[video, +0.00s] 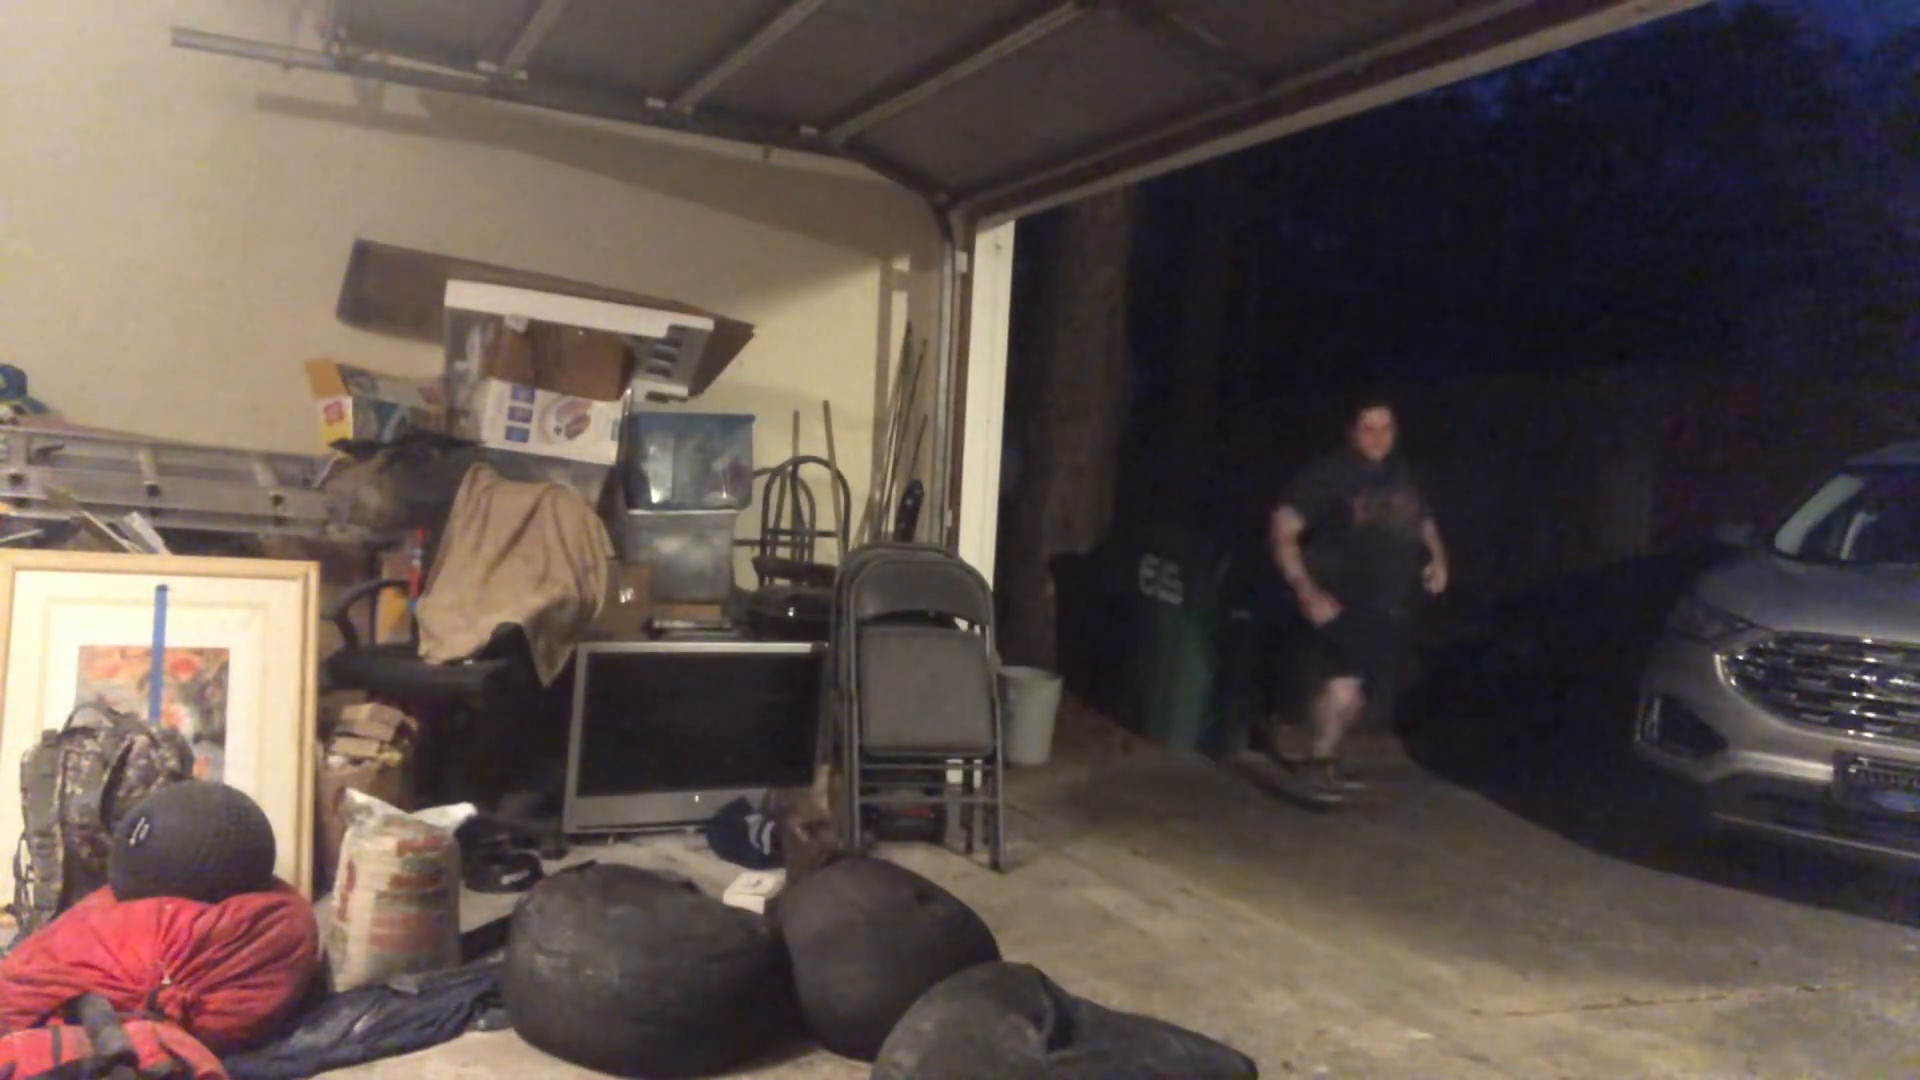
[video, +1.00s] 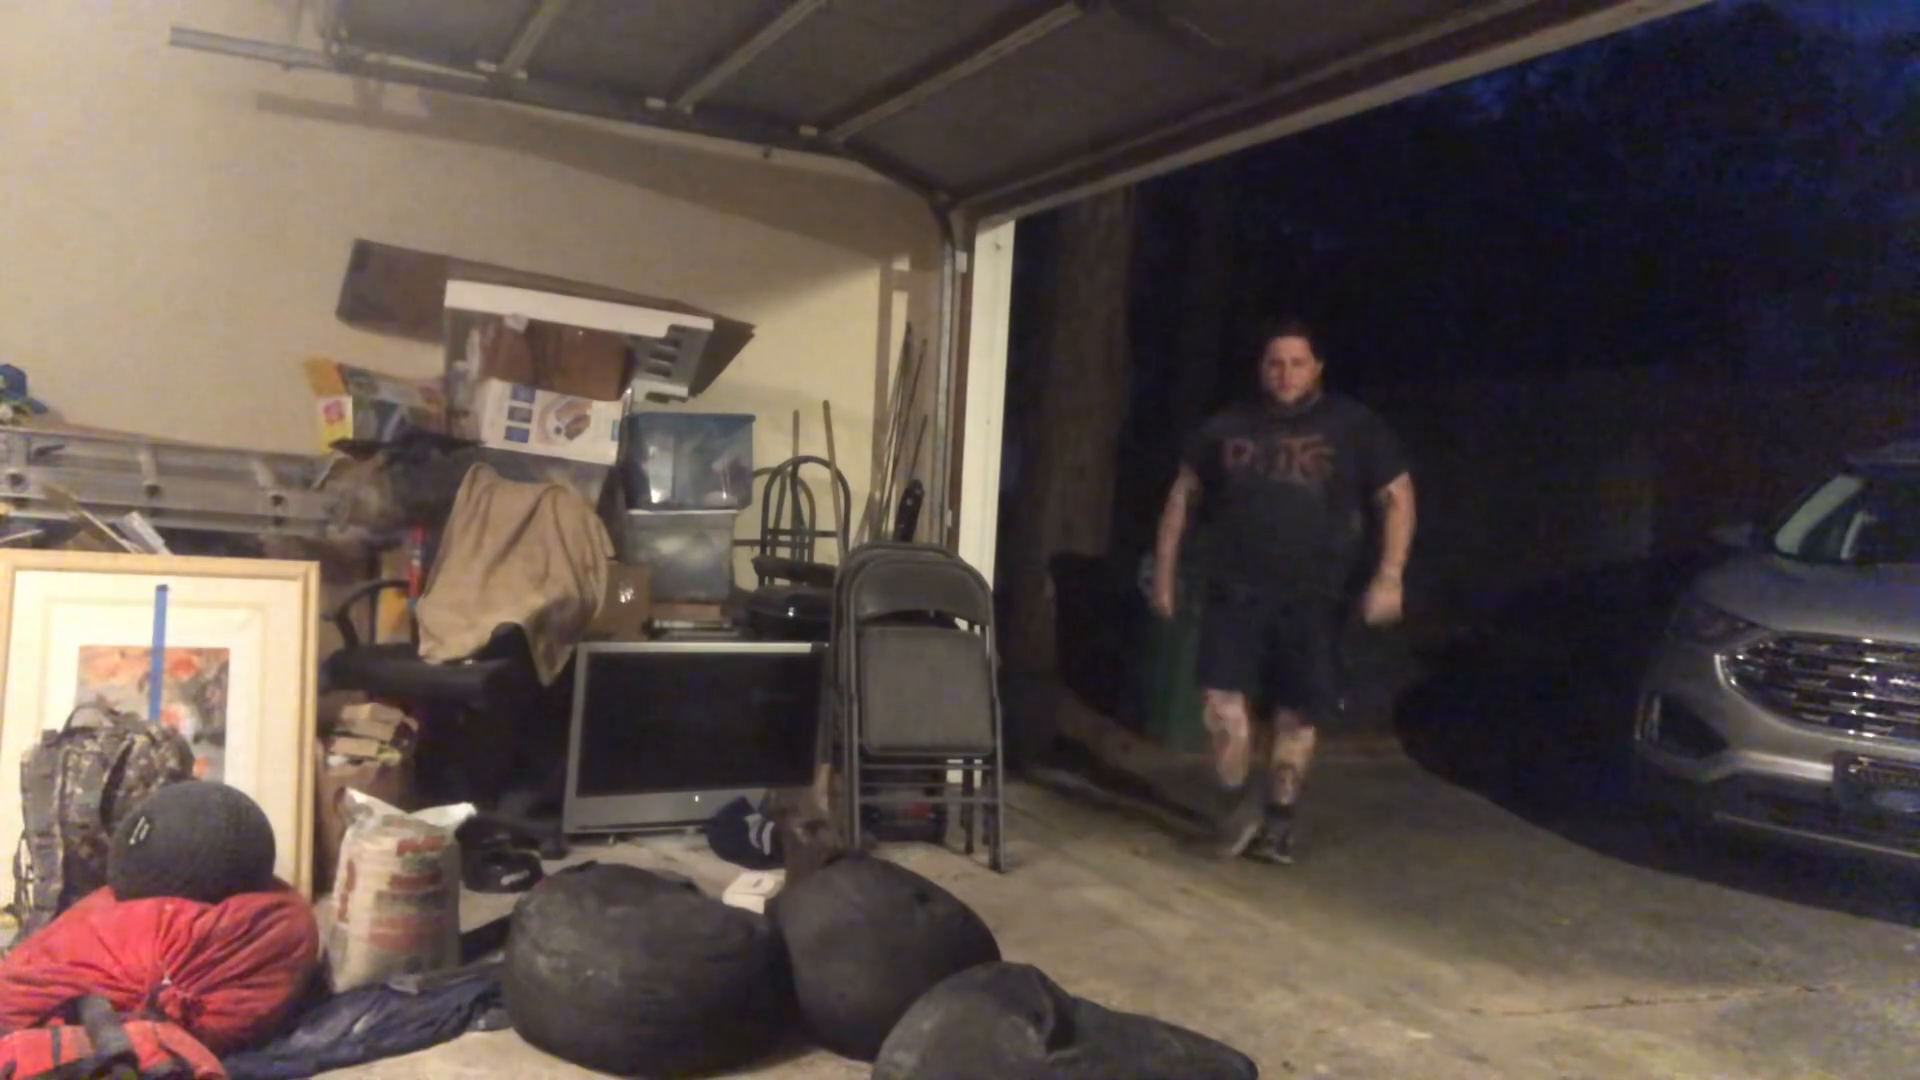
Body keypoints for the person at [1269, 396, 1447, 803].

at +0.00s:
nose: (1377, 438)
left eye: (1384, 430)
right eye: (1369, 429)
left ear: (1395, 434)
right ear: (1353, 433)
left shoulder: (1401, 478)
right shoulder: (1332, 475)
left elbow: (1423, 521)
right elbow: (1284, 529)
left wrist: (1438, 561)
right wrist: (1310, 595)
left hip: (1386, 602)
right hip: (1341, 600)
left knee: (1361, 692)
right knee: (1342, 688)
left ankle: (1329, 757)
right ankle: (1321, 762)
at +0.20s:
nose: (1336, 431)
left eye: (1344, 422)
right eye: (1327, 422)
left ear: (1359, 427)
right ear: (1314, 428)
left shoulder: (1383, 475)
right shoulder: (1290, 477)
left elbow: (1423, 522)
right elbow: (1249, 537)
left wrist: (1404, 547)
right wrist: (1270, 602)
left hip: (1363, 602)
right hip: (1305, 602)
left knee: (1354, 686)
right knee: (1296, 688)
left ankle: (1331, 750)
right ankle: (1282, 776)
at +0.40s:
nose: (1317, 399)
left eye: (1326, 390)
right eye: (1308, 391)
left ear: (1341, 395)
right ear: (1294, 397)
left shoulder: (1373, 446)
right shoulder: (1266, 449)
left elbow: (1412, 500)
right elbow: (1231, 515)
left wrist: (1384, 542)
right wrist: (1241, 580)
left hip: (1351, 588)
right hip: (1286, 588)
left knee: (1347, 687)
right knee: (1281, 688)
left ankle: (1329, 765)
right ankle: (1281, 776)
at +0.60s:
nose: (1303, 415)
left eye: (1314, 405)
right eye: (1294, 405)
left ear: (1332, 410)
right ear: (1280, 410)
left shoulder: (1360, 463)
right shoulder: (1251, 462)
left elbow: (1404, 523)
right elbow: (1208, 518)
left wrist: (1391, 585)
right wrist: (1220, 570)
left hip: (1331, 596)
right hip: (1269, 596)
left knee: (1318, 692)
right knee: (1276, 693)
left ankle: (1309, 792)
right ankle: (1281, 777)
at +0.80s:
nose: (1298, 403)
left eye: (1309, 394)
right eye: (1289, 394)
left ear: (1329, 399)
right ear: (1276, 399)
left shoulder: (1360, 459)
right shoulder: (1245, 454)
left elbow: (1401, 532)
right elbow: (1201, 517)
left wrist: (1402, 609)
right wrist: (1196, 584)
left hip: (1325, 600)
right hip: (1255, 597)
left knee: (1302, 704)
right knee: (1259, 708)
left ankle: (1283, 816)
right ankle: (1280, 798)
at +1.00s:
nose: (1284, 373)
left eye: (1296, 364)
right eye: (1274, 363)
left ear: (1317, 369)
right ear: (1260, 370)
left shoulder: (1349, 427)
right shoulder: (1227, 426)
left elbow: (1399, 496)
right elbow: (1183, 495)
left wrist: (1389, 577)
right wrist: (1165, 570)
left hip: (1311, 593)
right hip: (1235, 587)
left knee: (1295, 714)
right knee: (1221, 701)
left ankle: (1280, 824)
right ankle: (1236, 802)